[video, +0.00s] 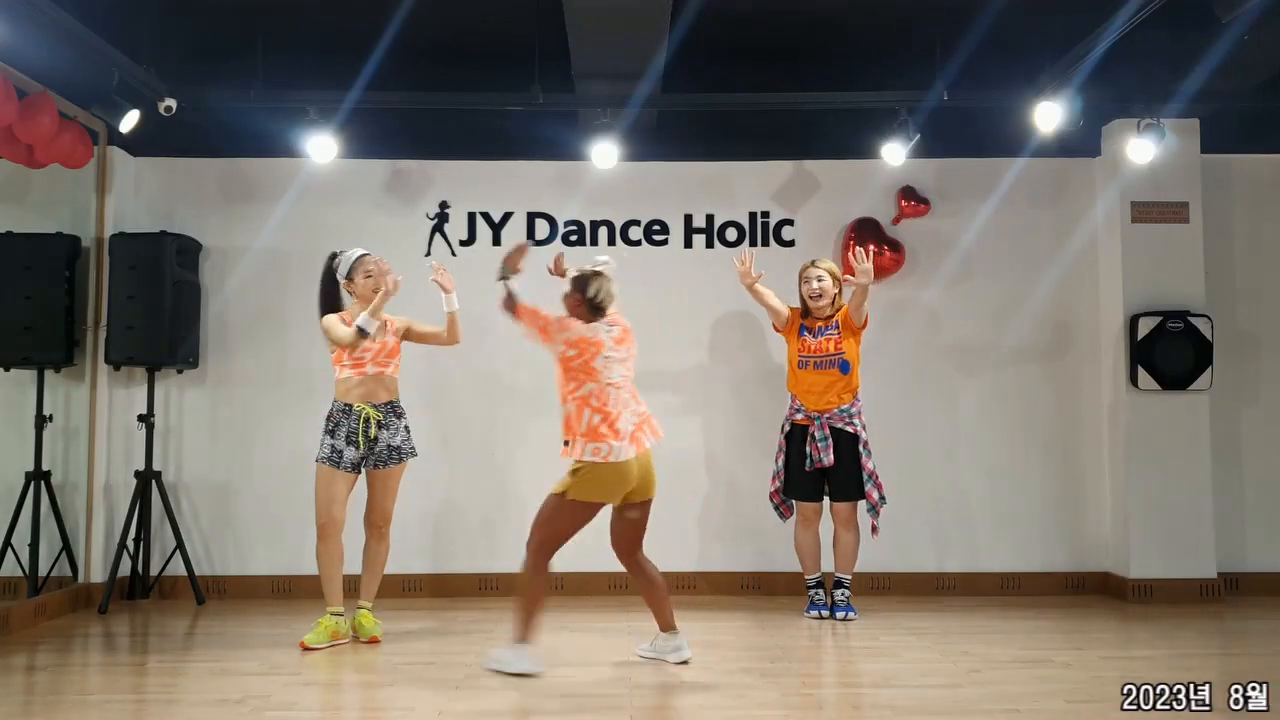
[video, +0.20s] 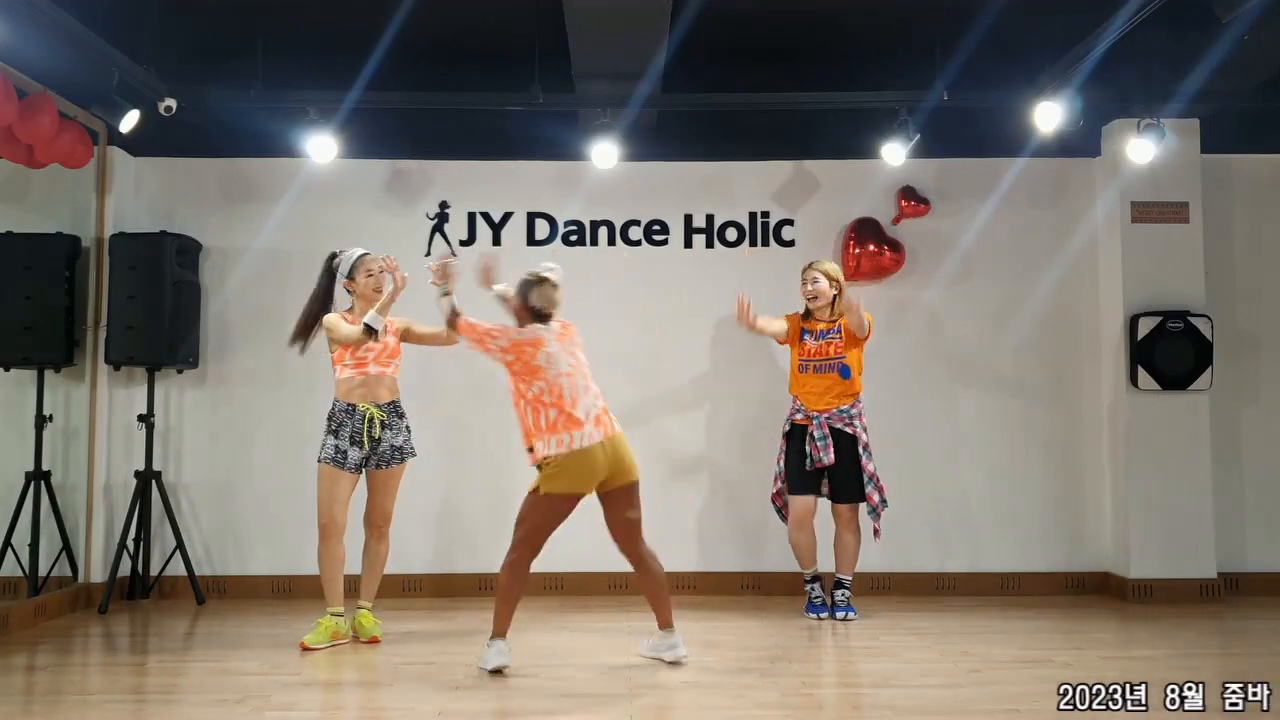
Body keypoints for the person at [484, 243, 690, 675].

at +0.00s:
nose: (566, 299)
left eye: (571, 295)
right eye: (568, 293)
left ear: (581, 302)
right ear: (604, 302)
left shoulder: (568, 334)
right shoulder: (622, 332)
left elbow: (512, 306)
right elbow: (601, 299)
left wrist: (507, 272)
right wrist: (569, 275)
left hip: (599, 467)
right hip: (640, 464)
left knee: (539, 548)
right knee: (630, 552)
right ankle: (672, 637)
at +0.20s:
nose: (511, 305)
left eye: (513, 301)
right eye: (511, 300)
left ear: (521, 306)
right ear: (550, 305)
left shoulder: (516, 344)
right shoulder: (568, 333)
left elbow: (457, 323)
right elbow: (526, 313)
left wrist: (443, 286)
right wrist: (492, 286)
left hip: (569, 460)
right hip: (615, 449)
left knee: (521, 552)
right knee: (635, 544)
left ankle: (497, 643)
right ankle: (670, 636)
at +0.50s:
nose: (554, 296)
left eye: (545, 291)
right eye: (553, 291)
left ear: (516, 297)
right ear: (550, 296)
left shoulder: (501, 333)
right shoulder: (569, 327)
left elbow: (448, 339)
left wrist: (441, 301)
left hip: (551, 440)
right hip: (599, 427)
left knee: (522, 544)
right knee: (643, 517)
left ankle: (500, 639)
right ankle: (678, 592)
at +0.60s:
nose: (570, 295)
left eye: (564, 291)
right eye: (569, 291)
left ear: (533, 298)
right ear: (567, 294)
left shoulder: (513, 337)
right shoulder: (593, 332)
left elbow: (474, 375)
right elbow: (620, 383)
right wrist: (578, 379)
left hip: (547, 438)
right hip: (596, 428)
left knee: (521, 542)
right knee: (641, 520)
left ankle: (498, 638)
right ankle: (665, 612)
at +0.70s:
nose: (598, 297)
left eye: (593, 291)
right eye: (595, 292)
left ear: (560, 301)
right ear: (590, 298)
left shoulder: (535, 344)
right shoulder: (610, 334)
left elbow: (526, 395)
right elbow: (670, 365)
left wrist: (526, 442)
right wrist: (649, 347)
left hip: (557, 443)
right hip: (606, 438)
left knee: (528, 541)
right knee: (638, 532)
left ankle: (496, 634)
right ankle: (651, 628)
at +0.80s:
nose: (627, 300)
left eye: (625, 295)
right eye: (625, 295)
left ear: (588, 304)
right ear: (619, 300)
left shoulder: (569, 347)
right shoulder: (639, 336)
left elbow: (580, 391)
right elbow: (701, 351)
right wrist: (687, 323)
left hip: (580, 450)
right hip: (626, 447)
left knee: (545, 540)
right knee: (656, 541)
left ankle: (498, 614)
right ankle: (653, 630)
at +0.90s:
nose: (651, 299)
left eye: (649, 294)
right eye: (649, 294)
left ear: (612, 304)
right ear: (643, 300)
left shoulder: (598, 344)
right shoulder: (661, 336)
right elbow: (720, 355)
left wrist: (670, 323)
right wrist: (711, 311)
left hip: (602, 450)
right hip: (644, 449)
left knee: (570, 536)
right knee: (670, 540)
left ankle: (511, 603)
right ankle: (654, 630)